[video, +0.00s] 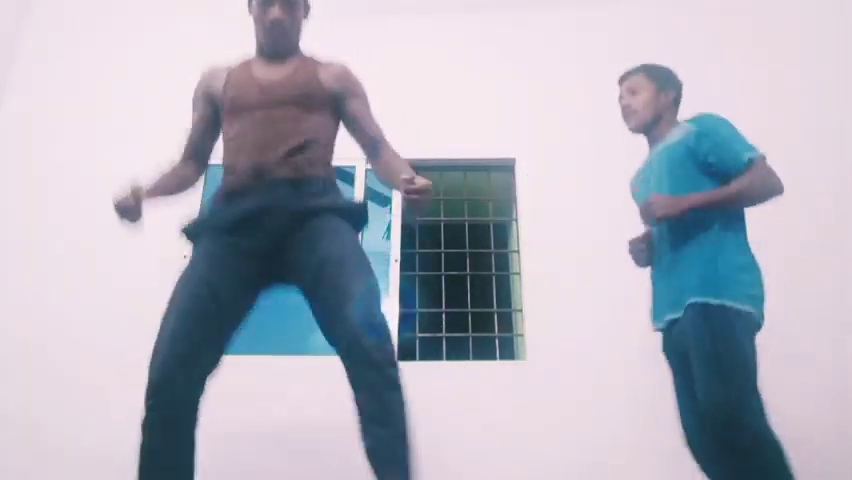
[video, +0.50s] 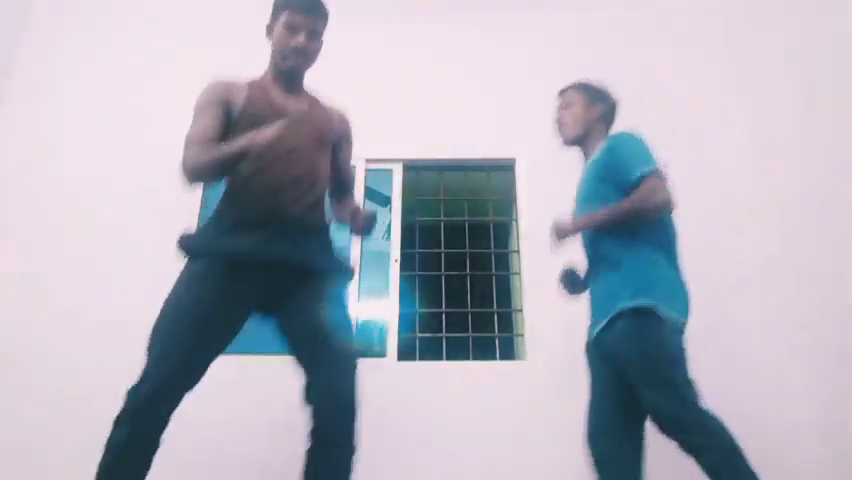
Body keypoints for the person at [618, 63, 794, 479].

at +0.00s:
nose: (624, 102)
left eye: (634, 92)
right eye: (621, 97)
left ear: (668, 96)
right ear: (621, 107)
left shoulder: (702, 129)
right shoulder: (642, 177)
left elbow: (766, 181)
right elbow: (683, 238)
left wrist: (684, 203)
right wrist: (650, 250)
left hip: (718, 296)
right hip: (673, 312)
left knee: (733, 424)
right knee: (702, 436)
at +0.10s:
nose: (623, 116)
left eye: (632, 106)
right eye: (621, 110)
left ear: (666, 111)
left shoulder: (698, 148)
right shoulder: (647, 187)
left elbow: (755, 197)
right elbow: (685, 258)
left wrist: (665, 220)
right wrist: (644, 278)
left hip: (716, 329)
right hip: (668, 337)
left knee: (736, 447)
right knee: (686, 454)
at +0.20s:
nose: (618, 129)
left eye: (628, 118)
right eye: (616, 122)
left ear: (662, 123)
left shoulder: (694, 160)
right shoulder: (642, 200)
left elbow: (738, 212)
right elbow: (678, 276)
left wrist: (647, 229)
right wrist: (637, 296)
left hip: (710, 345)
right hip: (659, 358)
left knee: (734, 460)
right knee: (672, 467)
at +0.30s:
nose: (604, 120)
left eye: (613, 111)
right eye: (603, 113)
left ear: (645, 115)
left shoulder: (678, 150)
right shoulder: (633, 182)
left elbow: (714, 198)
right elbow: (667, 255)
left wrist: (624, 213)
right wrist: (626, 278)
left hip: (693, 324)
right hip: (648, 335)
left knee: (725, 437)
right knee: (655, 453)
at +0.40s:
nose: (576, 107)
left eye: (585, 97)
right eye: (576, 100)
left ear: (616, 99)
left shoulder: (642, 131)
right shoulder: (609, 163)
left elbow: (678, 181)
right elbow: (646, 237)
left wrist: (599, 198)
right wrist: (602, 261)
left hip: (659, 298)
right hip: (620, 311)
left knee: (697, 410)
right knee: (627, 430)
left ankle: (752, 475)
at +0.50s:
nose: (558, 117)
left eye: (567, 107)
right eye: (558, 110)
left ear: (597, 111)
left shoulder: (621, 144)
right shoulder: (594, 173)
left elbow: (657, 194)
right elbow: (627, 249)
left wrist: (579, 222)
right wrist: (587, 276)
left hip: (640, 306)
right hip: (610, 318)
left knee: (679, 416)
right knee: (611, 443)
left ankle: (741, 475)